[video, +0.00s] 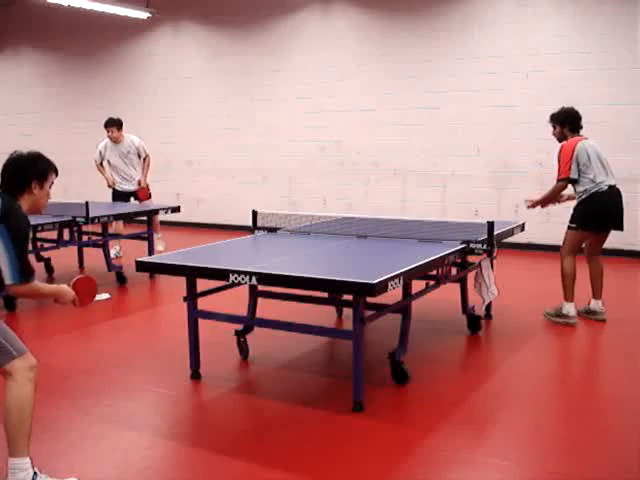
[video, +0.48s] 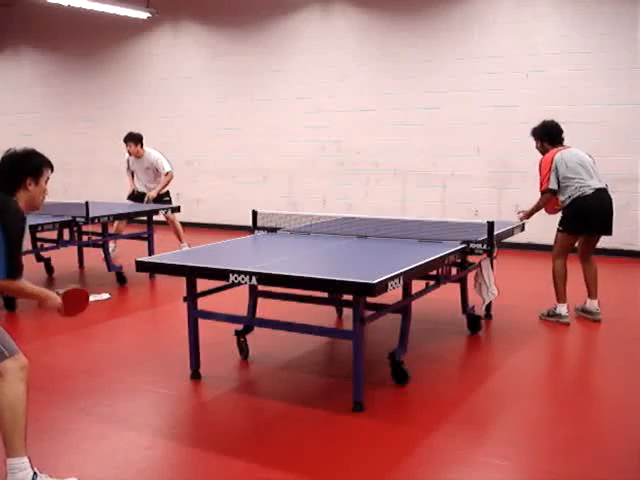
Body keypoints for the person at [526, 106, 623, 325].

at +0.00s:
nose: (553, 133)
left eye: (554, 128)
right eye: (552, 128)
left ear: (564, 128)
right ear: (574, 127)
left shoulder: (568, 147)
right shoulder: (590, 145)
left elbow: (562, 183)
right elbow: (592, 185)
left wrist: (541, 201)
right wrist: (564, 198)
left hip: (591, 201)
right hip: (613, 198)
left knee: (568, 252)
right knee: (593, 252)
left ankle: (568, 307)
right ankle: (597, 304)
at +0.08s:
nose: (546, 137)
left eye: (547, 132)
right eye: (545, 133)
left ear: (557, 132)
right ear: (567, 132)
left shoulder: (560, 151)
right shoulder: (585, 148)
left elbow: (550, 188)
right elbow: (592, 182)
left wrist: (526, 210)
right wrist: (568, 202)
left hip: (589, 202)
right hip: (611, 200)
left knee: (567, 253)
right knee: (592, 252)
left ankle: (562, 308)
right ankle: (597, 305)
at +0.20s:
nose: (541, 141)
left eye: (542, 136)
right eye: (540, 136)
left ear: (552, 136)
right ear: (563, 135)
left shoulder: (554, 155)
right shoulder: (583, 150)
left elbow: (543, 191)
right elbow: (592, 185)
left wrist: (522, 213)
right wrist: (568, 205)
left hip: (586, 204)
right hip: (609, 202)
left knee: (563, 254)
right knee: (591, 251)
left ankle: (561, 308)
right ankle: (596, 304)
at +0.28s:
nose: (537, 144)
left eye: (539, 139)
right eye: (537, 139)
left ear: (547, 139)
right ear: (560, 137)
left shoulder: (550, 157)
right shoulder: (580, 152)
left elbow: (543, 193)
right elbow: (592, 183)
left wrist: (522, 214)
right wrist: (569, 203)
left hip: (582, 205)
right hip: (606, 201)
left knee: (561, 254)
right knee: (588, 252)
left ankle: (561, 308)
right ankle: (596, 304)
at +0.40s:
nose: (536, 147)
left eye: (537, 142)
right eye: (535, 142)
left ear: (544, 141)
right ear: (559, 138)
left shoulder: (548, 158)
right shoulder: (580, 153)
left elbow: (547, 194)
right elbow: (591, 181)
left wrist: (526, 214)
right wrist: (566, 200)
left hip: (579, 205)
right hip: (603, 201)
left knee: (559, 255)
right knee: (586, 253)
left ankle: (561, 308)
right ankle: (594, 304)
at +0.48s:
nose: (536, 147)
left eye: (537, 142)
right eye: (536, 143)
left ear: (544, 141)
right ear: (559, 138)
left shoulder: (548, 158)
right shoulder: (579, 153)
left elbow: (548, 194)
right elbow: (590, 181)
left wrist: (529, 212)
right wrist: (563, 201)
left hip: (578, 205)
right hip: (603, 201)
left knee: (559, 256)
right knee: (586, 254)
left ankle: (561, 308)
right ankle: (593, 304)